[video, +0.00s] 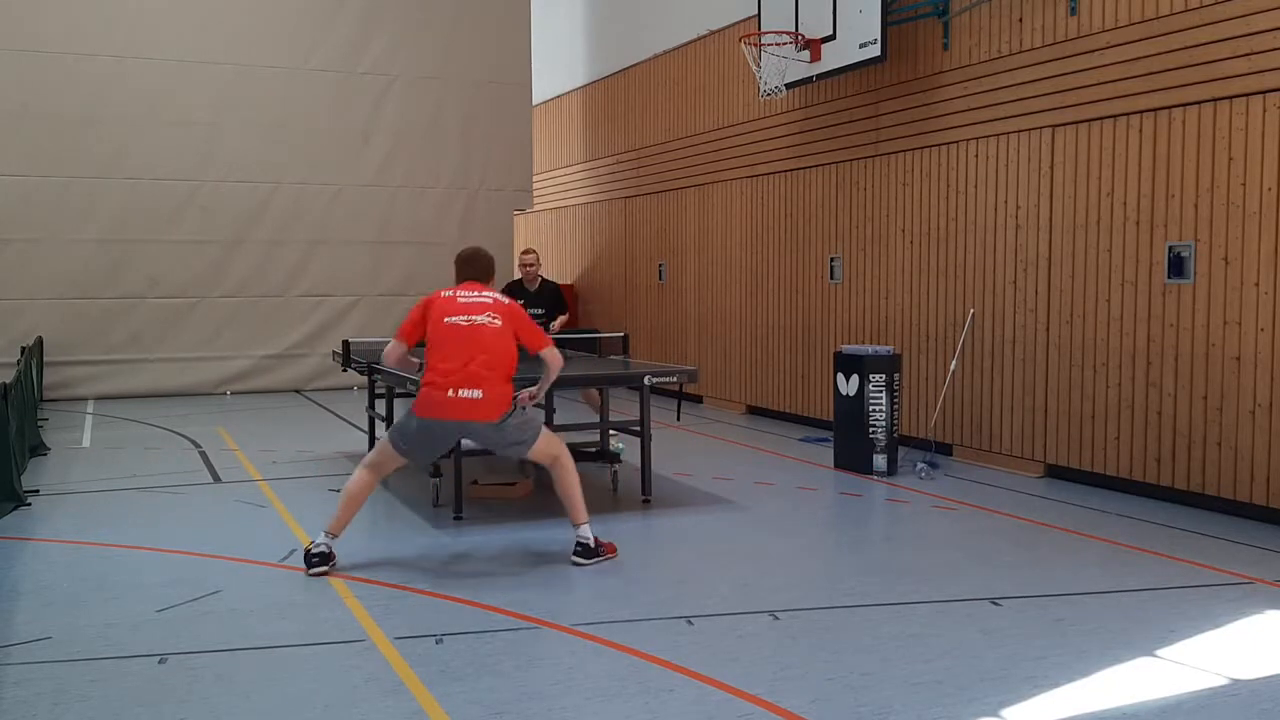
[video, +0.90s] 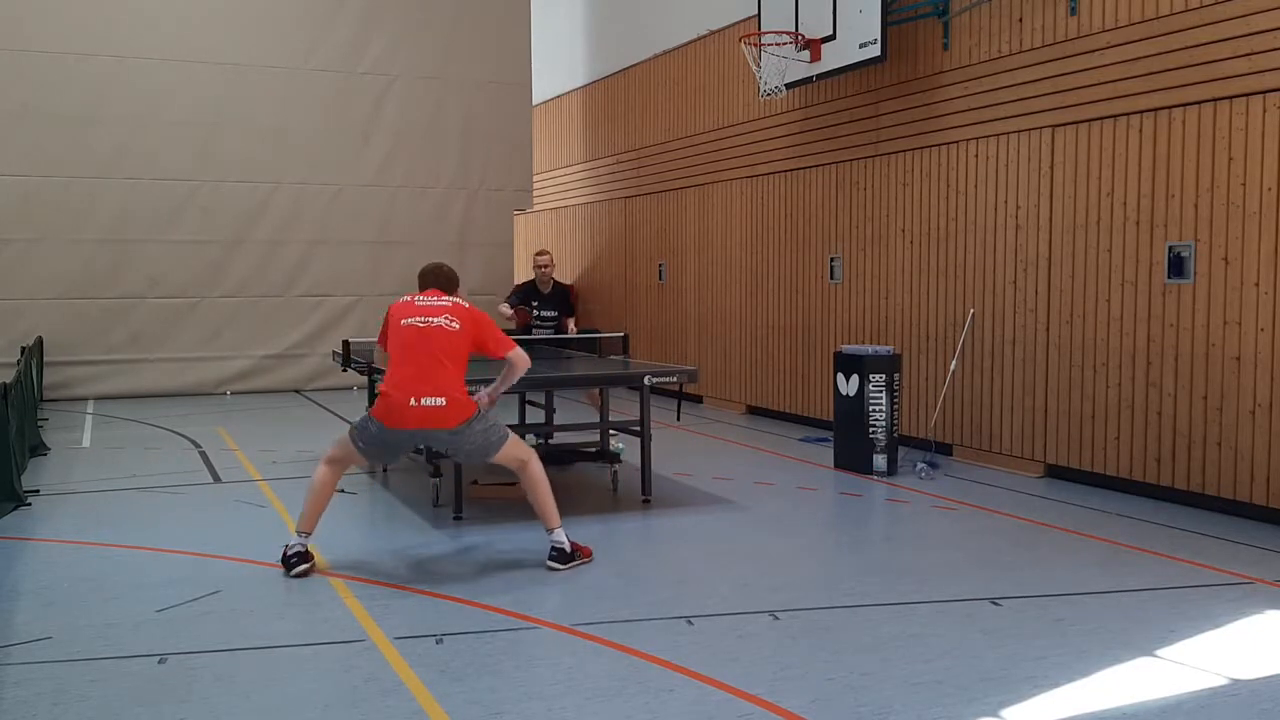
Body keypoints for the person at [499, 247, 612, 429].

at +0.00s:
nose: (527, 269)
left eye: (531, 265)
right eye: (523, 266)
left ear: (539, 266)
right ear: (519, 267)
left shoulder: (551, 288)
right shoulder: (510, 289)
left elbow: (565, 314)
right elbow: (499, 313)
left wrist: (559, 322)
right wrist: (515, 325)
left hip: (548, 344)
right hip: (520, 345)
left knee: (581, 375)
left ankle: (607, 423)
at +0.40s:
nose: (535, 287)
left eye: (538, 283)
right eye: (531, 283)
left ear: (546, 283)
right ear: (526, 284)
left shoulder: (557, 297)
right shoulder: (521, 301)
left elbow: (574, 318)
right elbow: (502, 326)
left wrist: (570, 335)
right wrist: (500, 343)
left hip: (558, 353)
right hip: (529, 354)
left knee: (588, 379)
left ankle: (606, 421)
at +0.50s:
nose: (540, 293)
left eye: (543, 289)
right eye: (536, 289)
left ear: (551, 287)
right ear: (530, 288)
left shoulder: (560, 300)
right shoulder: (524, 305)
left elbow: (575, 320)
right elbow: (501, 328)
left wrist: (574, 334)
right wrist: (512, 340)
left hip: (561, 355)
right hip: (531, 355)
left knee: (591, 382)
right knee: (496, 379)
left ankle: (607, 427)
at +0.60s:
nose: (545, 287)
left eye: (549, 282)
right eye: (541, 283)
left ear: (556, 281)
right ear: (535, 282)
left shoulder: (565, 296)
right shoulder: (527, 298)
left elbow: (573, 319)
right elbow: (514, 318)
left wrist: (575, 334)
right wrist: (527, 325)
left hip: (562, 349)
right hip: (532, 349)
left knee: (590, 377)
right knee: (502, 373)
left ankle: (606, 424)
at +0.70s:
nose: (547, 274)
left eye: (551, 270)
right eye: (543, 271)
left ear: (557, 271)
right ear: (537, 271)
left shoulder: (566, 291)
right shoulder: (527, 290)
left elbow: (571, 315)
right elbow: (512, 307)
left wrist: (574, 326)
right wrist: (513, 310)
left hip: (561, 349)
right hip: (532, 349)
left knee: (589, 380)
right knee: (501, 369)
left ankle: (606, 428)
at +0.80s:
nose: (546, 269)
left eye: (550, 265)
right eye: (543, 266)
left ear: (557, 266)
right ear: (536, 267)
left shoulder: (566, 290)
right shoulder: (527, 287)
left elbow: (570, 315)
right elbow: (507, 303)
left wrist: (572, 325)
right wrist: (511, 309)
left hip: (560, 350)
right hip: (531, 350)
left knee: (588, 378)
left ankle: (607, 427)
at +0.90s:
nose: (543, 270)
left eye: (547, 267)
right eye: (539, 267)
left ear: (553, 268)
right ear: (533, 269)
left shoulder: (564, 291)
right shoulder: (524, 289)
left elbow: (569, 315)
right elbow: (503, 306)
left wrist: (570, 326)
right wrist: (508, 313)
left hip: (558, 350)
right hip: (529, 350)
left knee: (588, 380)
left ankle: (607, 427)